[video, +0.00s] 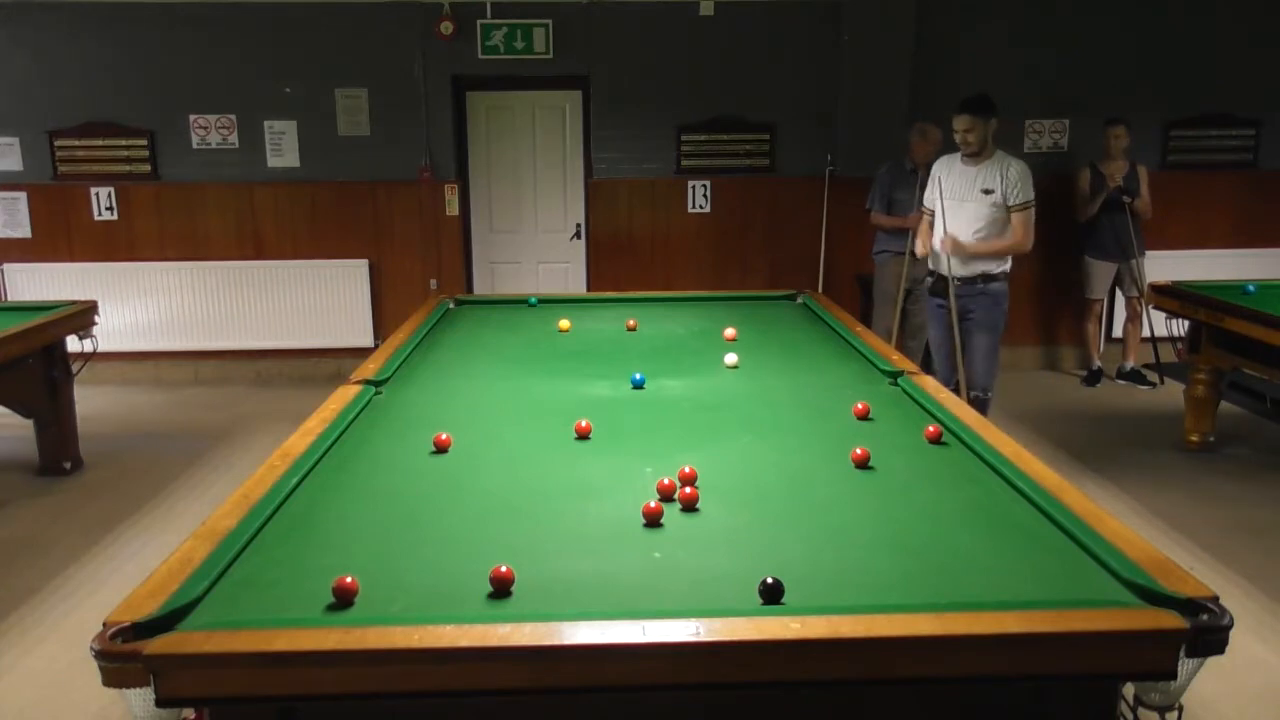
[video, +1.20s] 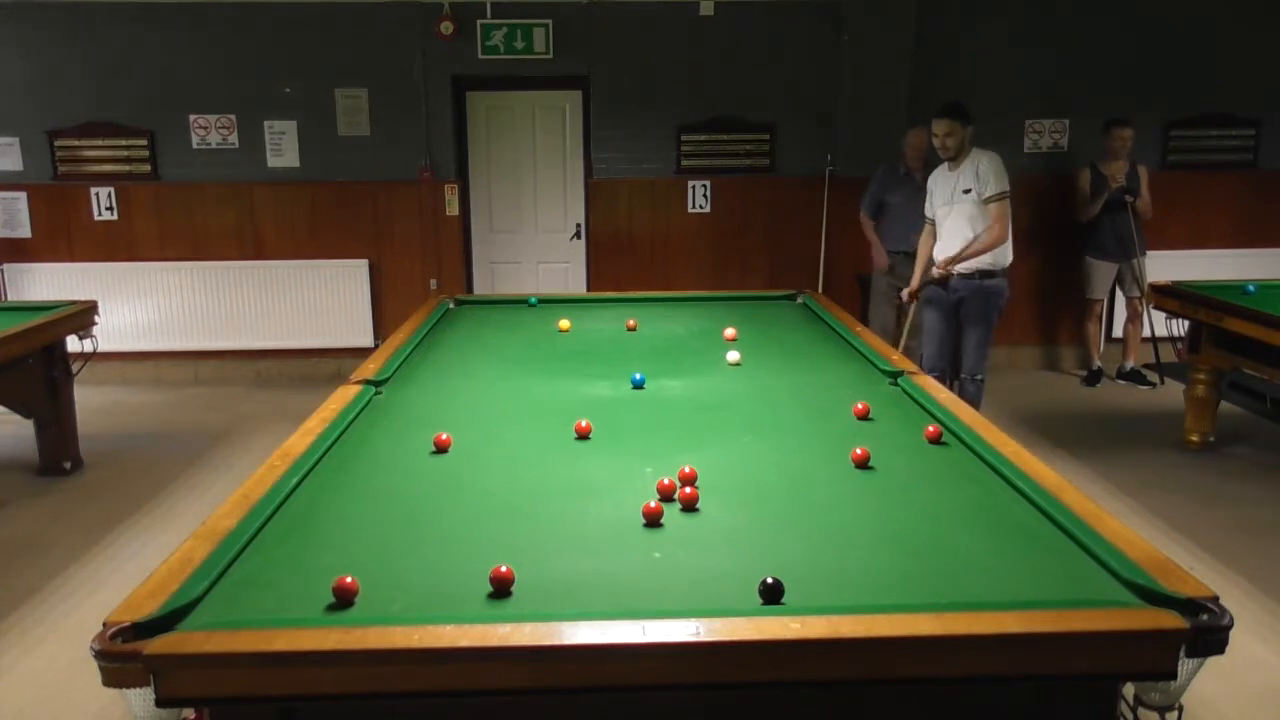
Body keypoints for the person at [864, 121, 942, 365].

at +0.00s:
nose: (934, 152)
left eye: (936, 147)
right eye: (930, 146)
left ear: (937, 149)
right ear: (915, 143)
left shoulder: (935, 177)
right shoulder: (891, 172)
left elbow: (942, 216)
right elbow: (875, 217)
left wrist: (928, 224)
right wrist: (906, 222)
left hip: (924, 259)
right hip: (892, 257)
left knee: (917, 331)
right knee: (885, 326)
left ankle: (908, 386)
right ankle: (877, 382)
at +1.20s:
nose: (917, 152)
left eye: (922, 147)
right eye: (913, 146)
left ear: (928, 149)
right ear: (904, 147)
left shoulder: (935, 179)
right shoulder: (888, 175)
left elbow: (944, 218)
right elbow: (865, 213)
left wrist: (932, 248)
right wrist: (877, 248)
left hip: (923, 261)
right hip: (889, 260)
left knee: (915, 330)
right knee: (883, 326)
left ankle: (912, 385)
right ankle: (879, 381)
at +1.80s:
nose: (880, 152)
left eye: (885, 147)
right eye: (876, 147)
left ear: (893, 148)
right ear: (868, 148)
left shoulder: (903, 176)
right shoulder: (856, 175)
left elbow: (915, 218)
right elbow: (838, 216)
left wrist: (908, 248)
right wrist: (846, 258)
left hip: (897, 259)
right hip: (864, 259)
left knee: (897, 322)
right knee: (865, 323)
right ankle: (862, 373)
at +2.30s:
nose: (844, 168)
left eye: (850, 163)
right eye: (839, 163)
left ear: (862, 157)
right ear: (834, 160)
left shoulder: (884, 178)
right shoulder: (835, 181)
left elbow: (904, 214)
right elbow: (826, 223)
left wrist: (881, 239)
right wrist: (819, 261)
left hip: (878, 257)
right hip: (847, 259)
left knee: (877, 317)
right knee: (850, 315)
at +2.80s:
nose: (806, 172)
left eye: (811, 166)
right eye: (803, 167)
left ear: (826, 159)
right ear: (800, 163)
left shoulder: (854, 179)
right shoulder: (811, 181)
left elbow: (873, 224)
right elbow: (813, 223)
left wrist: (839, 249)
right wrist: (807, 256)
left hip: (850, 268)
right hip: (821, 266)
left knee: (849, 328)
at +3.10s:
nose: (768, 173)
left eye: (772, 167)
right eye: (765, 168)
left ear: (788, 160)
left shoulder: (818, 179)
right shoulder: (782, 186)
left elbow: (837, 226)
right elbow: (794, 232)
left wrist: (809, 262)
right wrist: (787, 264)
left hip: (826, 268)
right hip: (799, 267)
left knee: (829, 329)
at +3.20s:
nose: (755, 171)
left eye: (759, 165)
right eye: (753, 166)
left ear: (774, 158)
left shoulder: (804, 180)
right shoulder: (772, 183)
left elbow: (824, 223)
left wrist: (799, 260)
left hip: (811, 267)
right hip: (781, 263)